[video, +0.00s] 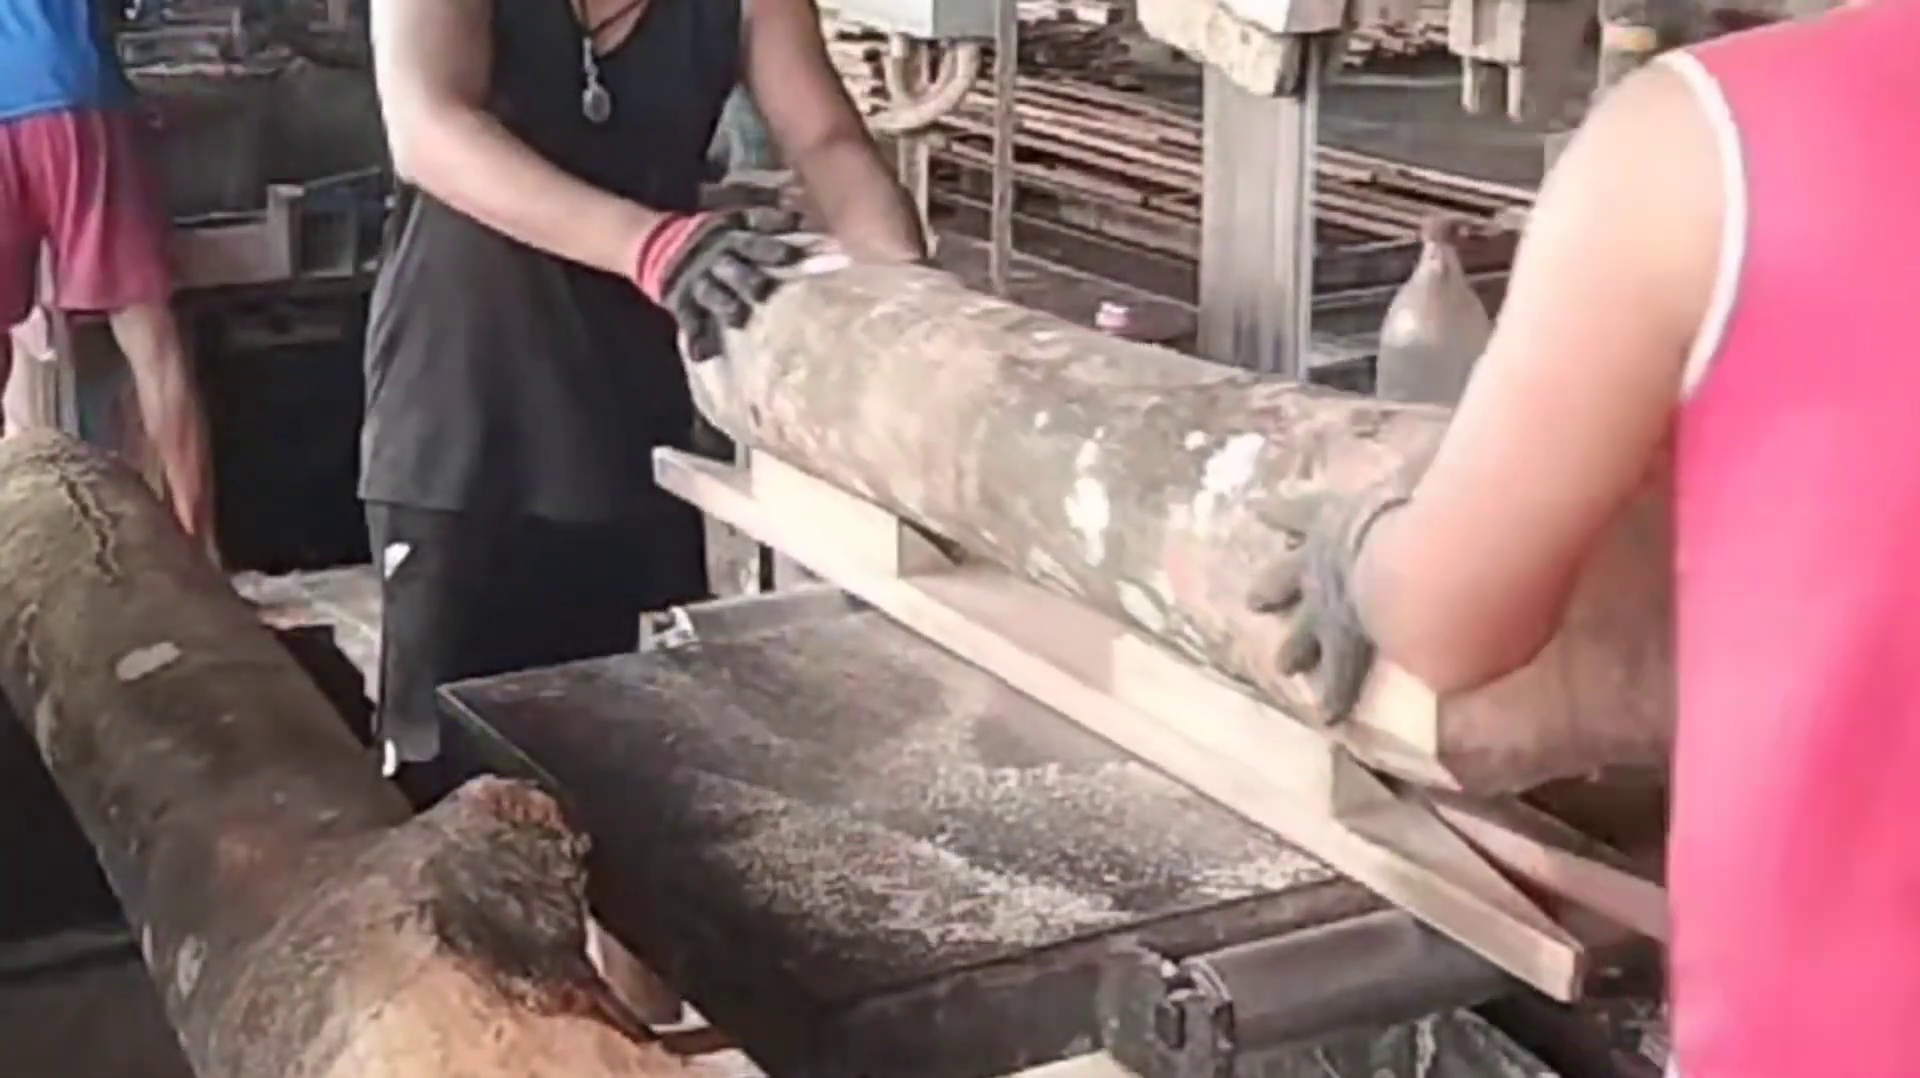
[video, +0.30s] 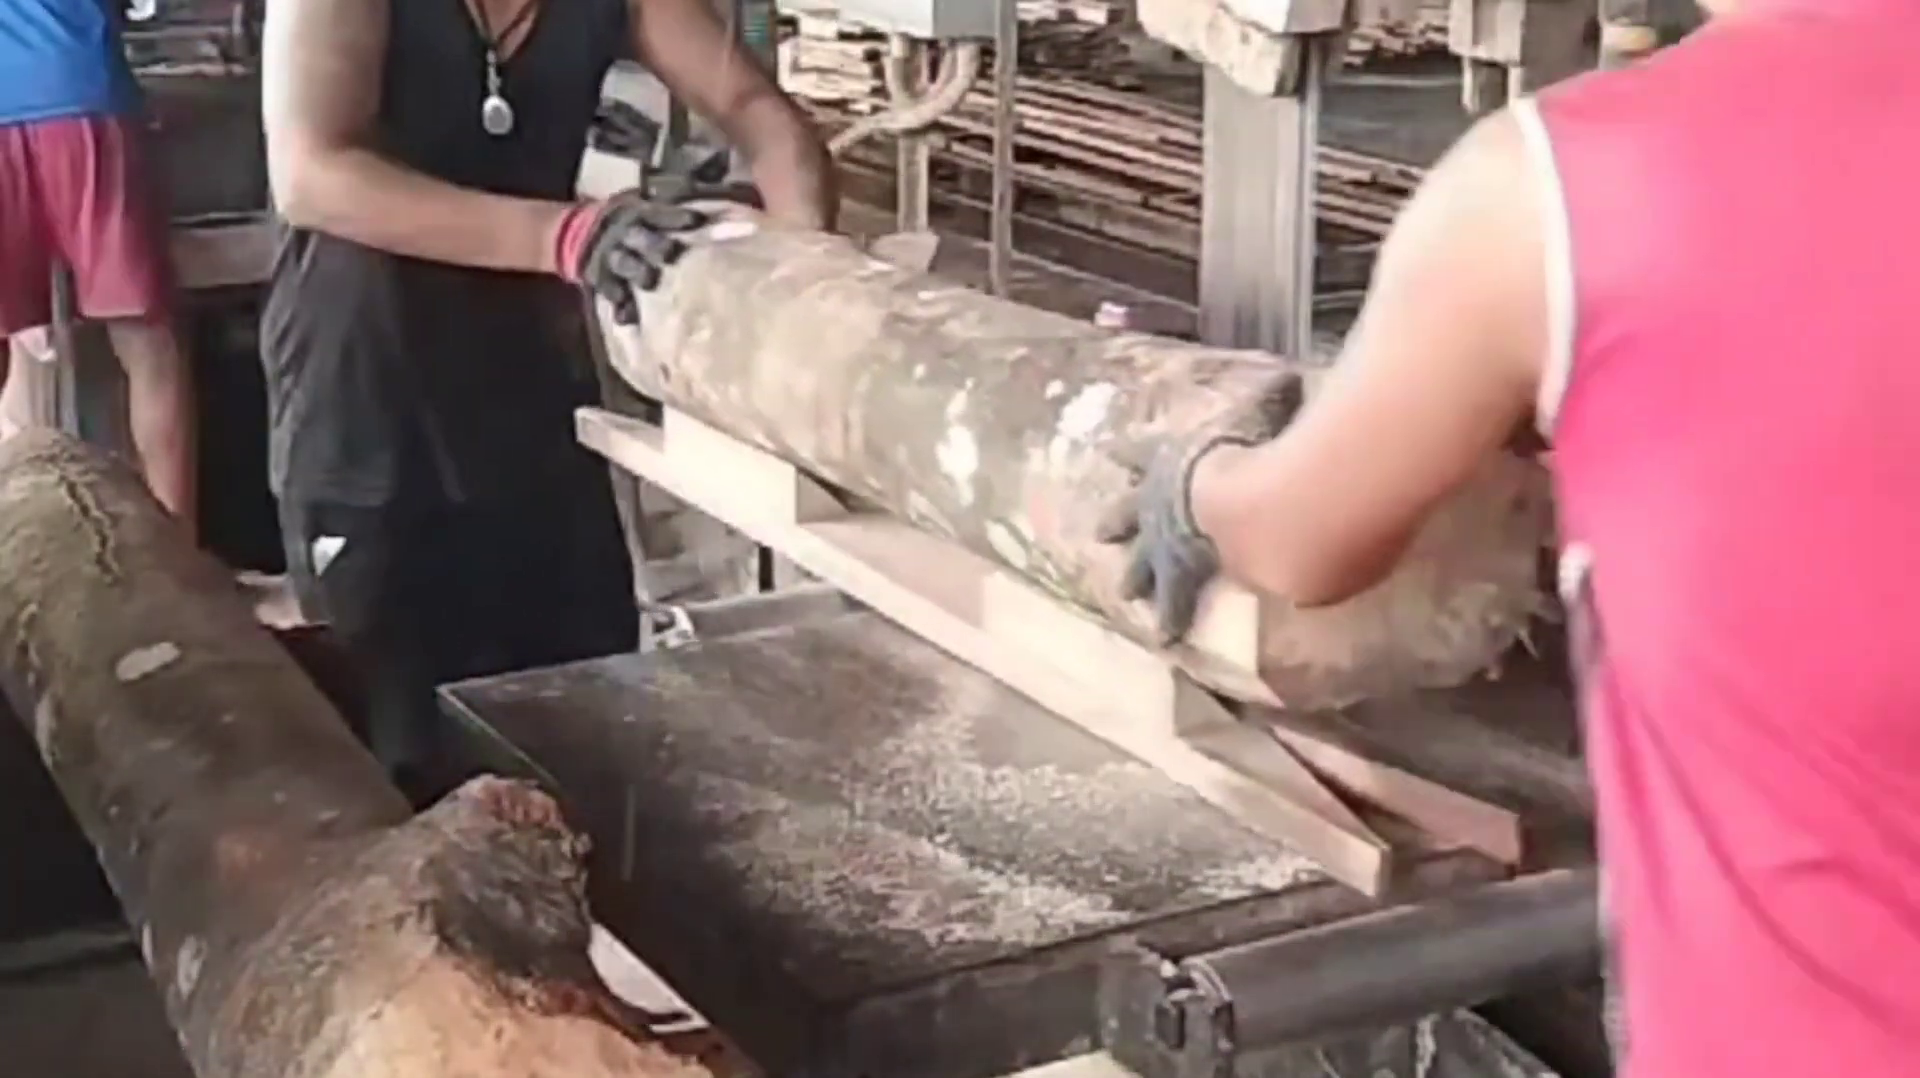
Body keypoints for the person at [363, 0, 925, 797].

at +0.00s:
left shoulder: (748, 8)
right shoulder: (441, 12)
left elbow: (829, 142)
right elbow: (429, 132)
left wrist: (909, 297)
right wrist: (654, 243)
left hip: (637, 421)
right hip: (465, 415)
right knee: (455, 765)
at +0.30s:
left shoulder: (614, 7)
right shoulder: (336, 11)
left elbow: (761, 113)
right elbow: (311, 176)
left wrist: (794, 267)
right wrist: (567, 236)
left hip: (536, 417)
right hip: (368, 425)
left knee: (595, 721)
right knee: (417, 761)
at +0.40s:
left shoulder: (606, 7)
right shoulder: (326, 10)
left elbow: (763, 115)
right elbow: (293, 178)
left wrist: (770, 253)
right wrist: (543, 227)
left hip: (527, 432)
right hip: (358, 439)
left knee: (576, 739)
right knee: (404, 776)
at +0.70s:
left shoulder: (613, 8)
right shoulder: (314, 12)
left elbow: (722, 118)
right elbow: (281, 209)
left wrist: (675, 242)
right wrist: (475, 207)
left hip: (525, 383)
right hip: (368, 390)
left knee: (492, 670)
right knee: (403, 678)